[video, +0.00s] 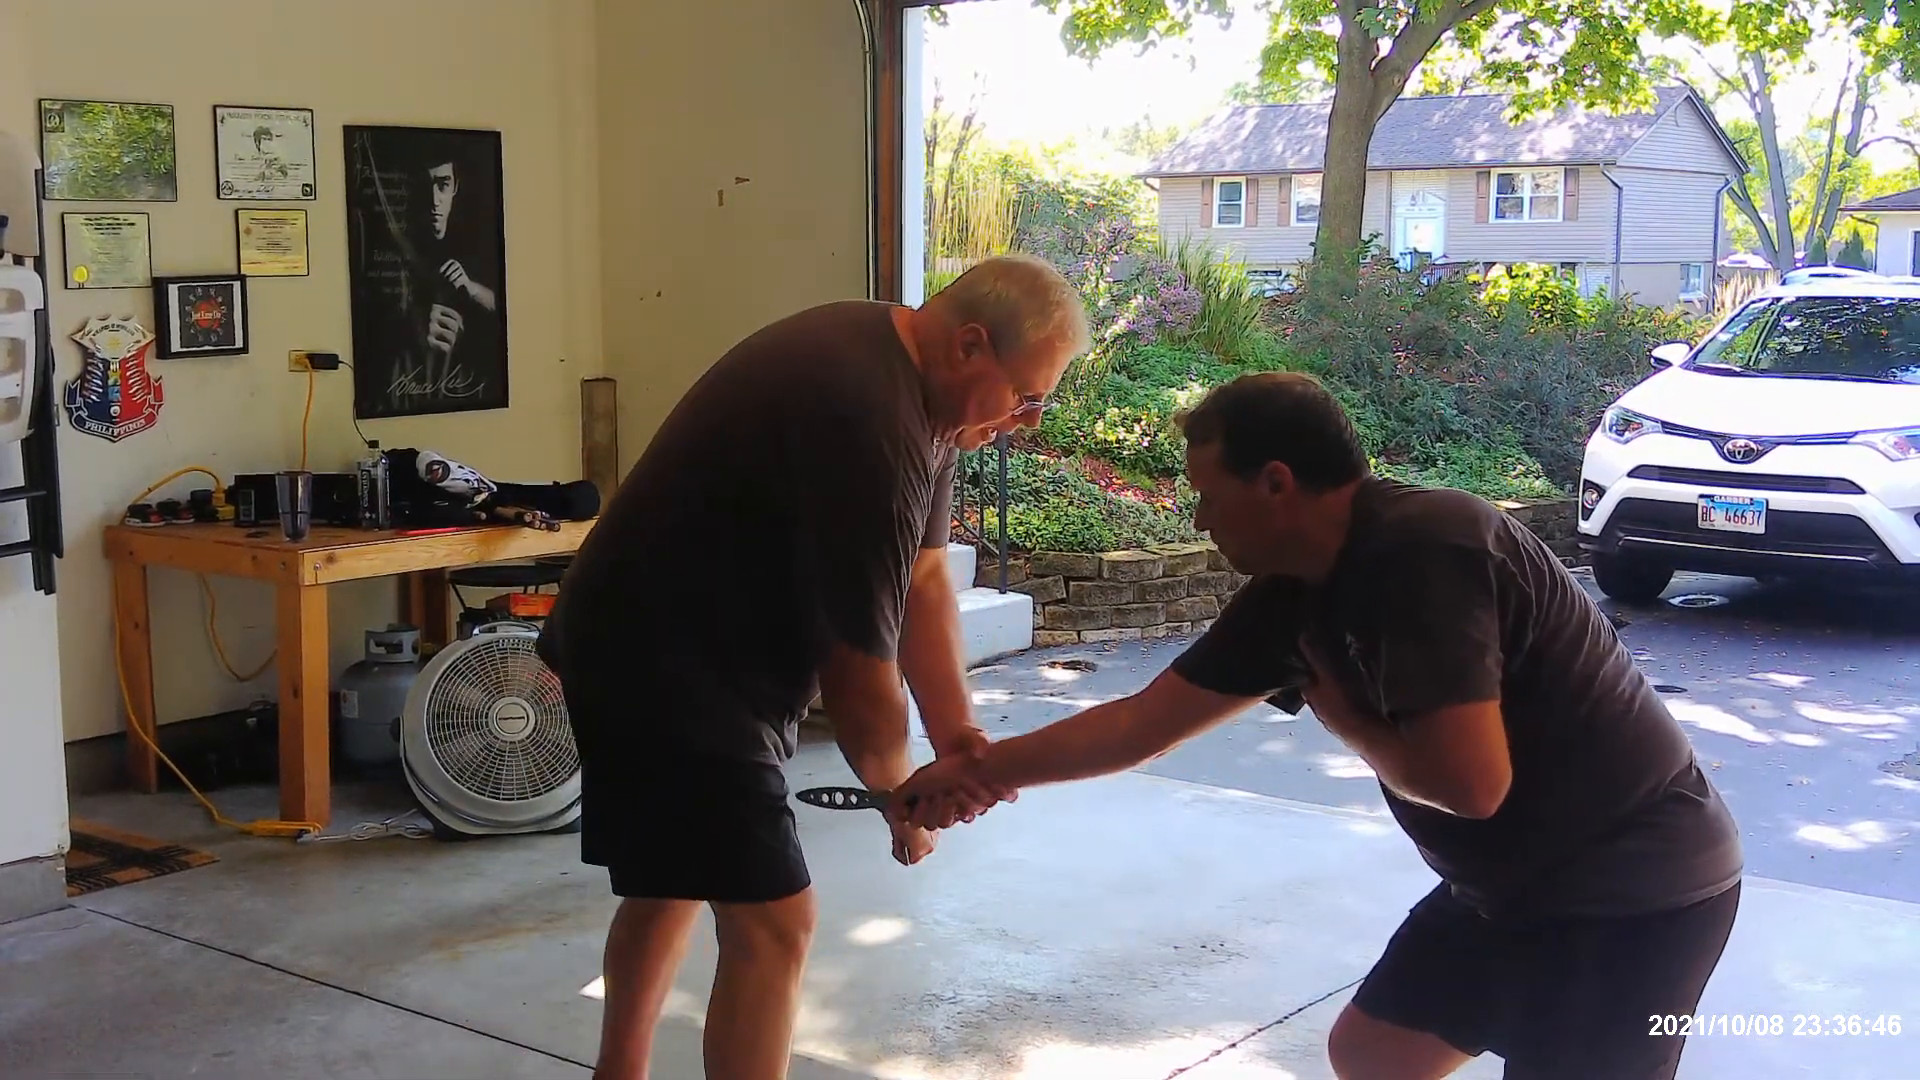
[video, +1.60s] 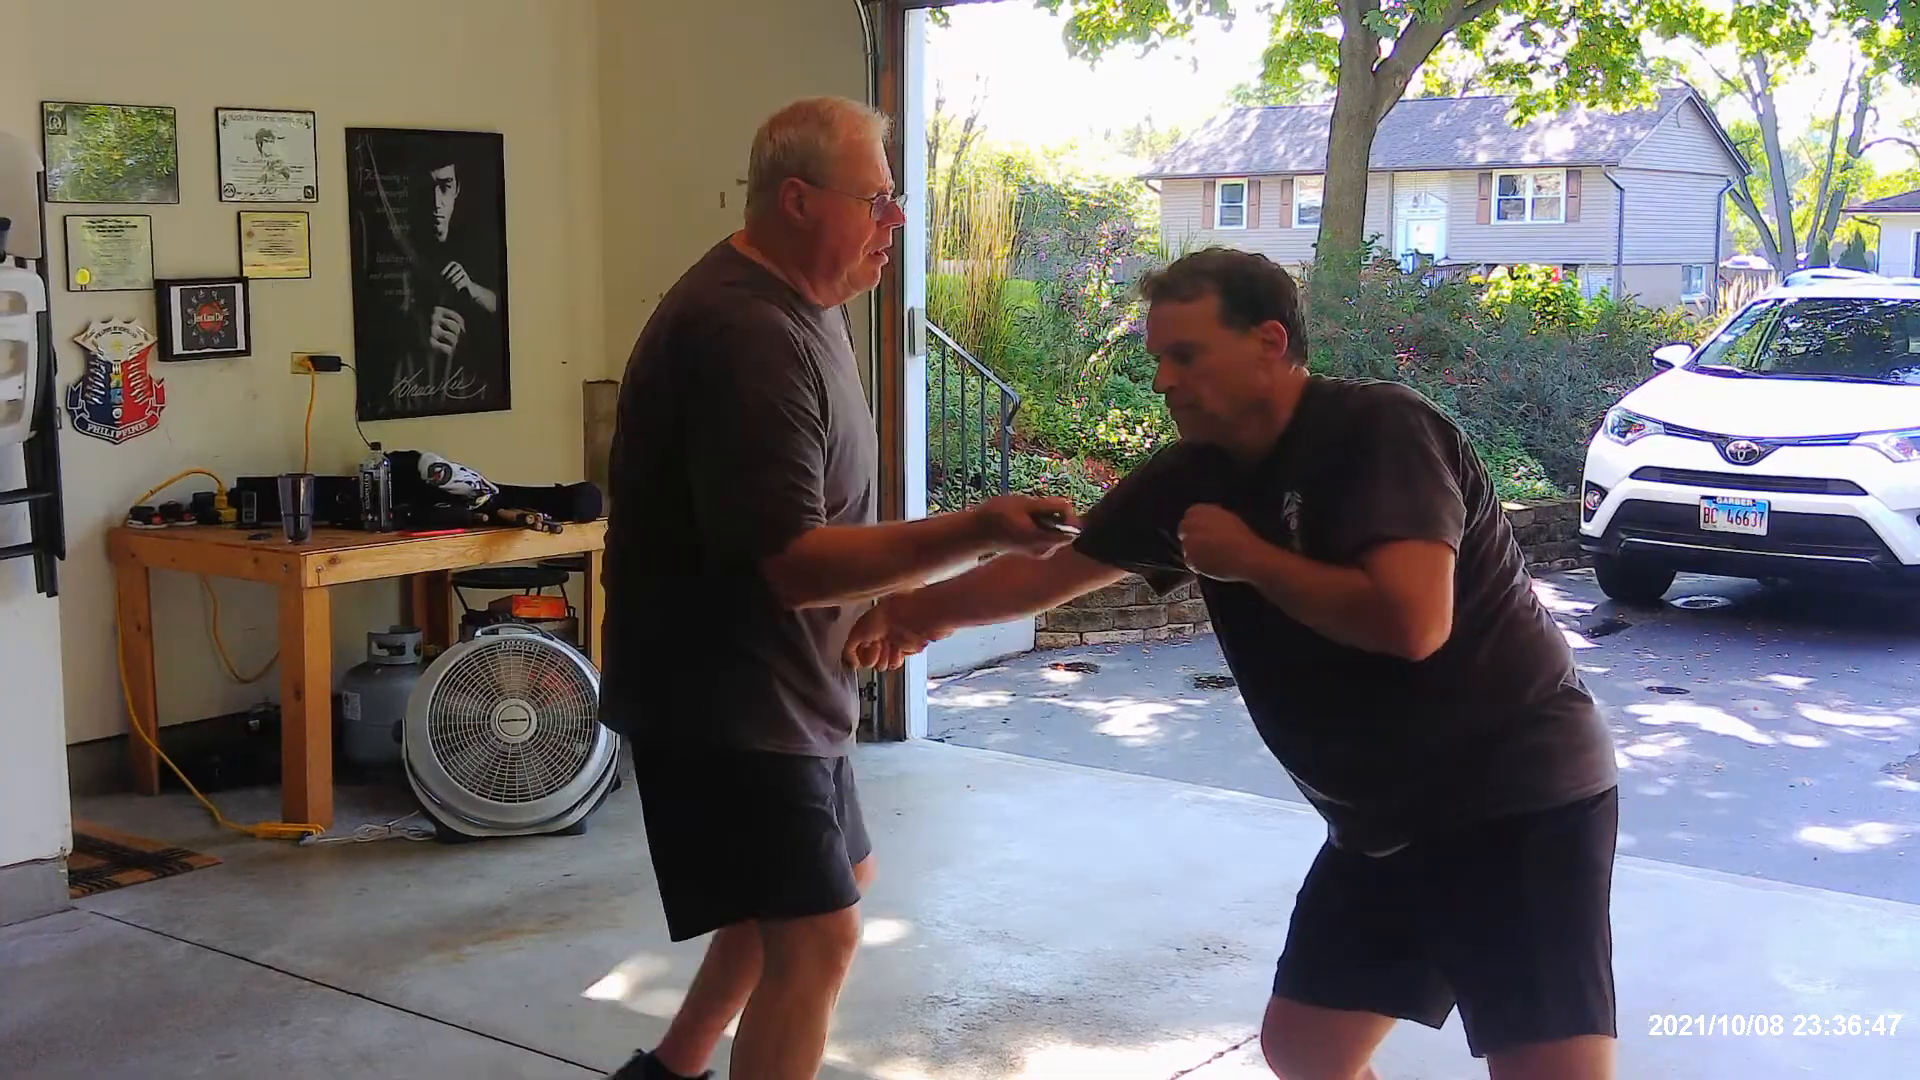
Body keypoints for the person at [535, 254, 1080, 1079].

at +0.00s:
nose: (1018, 420)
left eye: (1032, 404)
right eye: (1022, 397)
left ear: (965, 341)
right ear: (967, 346)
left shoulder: (903, 377)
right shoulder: (874, 419)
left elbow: (925, 577)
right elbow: (857, 672)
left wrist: (959, 740)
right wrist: (902, 795)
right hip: (670, 663)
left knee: (663, 881)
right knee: (773, 924)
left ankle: (618, 1068)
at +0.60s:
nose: (941, 385)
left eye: (952, 369)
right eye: (942, 360)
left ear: (875, 310)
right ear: (881, 316)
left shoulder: (773, 338)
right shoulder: (809, 412)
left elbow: (827, 535)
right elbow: (860, 668)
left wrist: (917, 630)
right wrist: (942, 801)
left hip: (583, 662)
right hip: (654, 687)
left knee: (603, 890)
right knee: (781, 925)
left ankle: (526, 1071)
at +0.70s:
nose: (926, 368)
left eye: (936, 351)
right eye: (925, 343)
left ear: (852, 296)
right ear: (861, 300)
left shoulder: (748, 325)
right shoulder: (803, 410)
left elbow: (766, 514)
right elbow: (895, 643)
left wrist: (896, 575)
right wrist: (1018, 788)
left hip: (576, 653)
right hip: (653, 684)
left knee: (607, 886)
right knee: (781, 922)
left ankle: (526, 1069)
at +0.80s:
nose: (920, 346)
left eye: (927, 327)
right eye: (914, 321)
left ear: (840, 279)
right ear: (846, 289)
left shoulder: (728, 320)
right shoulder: (797, 400)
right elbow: (947, 582)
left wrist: (910, 556)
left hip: (574, 660)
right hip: (657, 688)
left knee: (601, 890)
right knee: (781, 922)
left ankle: (525, 1072)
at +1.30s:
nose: (904, 270)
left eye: (904, 248)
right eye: (889, 244)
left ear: (805, 234)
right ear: (810, 231)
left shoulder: (730, 308)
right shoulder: (757, 333)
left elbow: (803, 510)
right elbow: (815, 519)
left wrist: (952, 574)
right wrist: (1021, 595)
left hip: (636, 686)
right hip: (692, 700)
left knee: (633, 892)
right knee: (804, 930)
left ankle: (537, 1069)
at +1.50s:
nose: (895, 233)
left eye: (894, 211)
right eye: (877, 211)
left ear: (802, 212)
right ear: (799, 208)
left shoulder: (783, 315)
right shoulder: (747, 331)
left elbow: (758, 524)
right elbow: (763, 551)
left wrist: (847, 604)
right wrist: (943, 579)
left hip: (730, 679)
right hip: (714, 691)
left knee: (716, 914)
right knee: (808, 938)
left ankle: (587, 1062)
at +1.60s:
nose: (893, 224)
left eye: (892, 201)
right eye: (873, 202)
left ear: (806, 204)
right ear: (796, 200)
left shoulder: (794, 312)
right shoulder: (745, 335)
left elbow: (818, 519)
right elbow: (789, 568)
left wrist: (872, 598)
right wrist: (978, 527)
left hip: (785, 666)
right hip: (726, 687)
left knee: (836, 867)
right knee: (814, 936)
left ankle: (679, 1057)